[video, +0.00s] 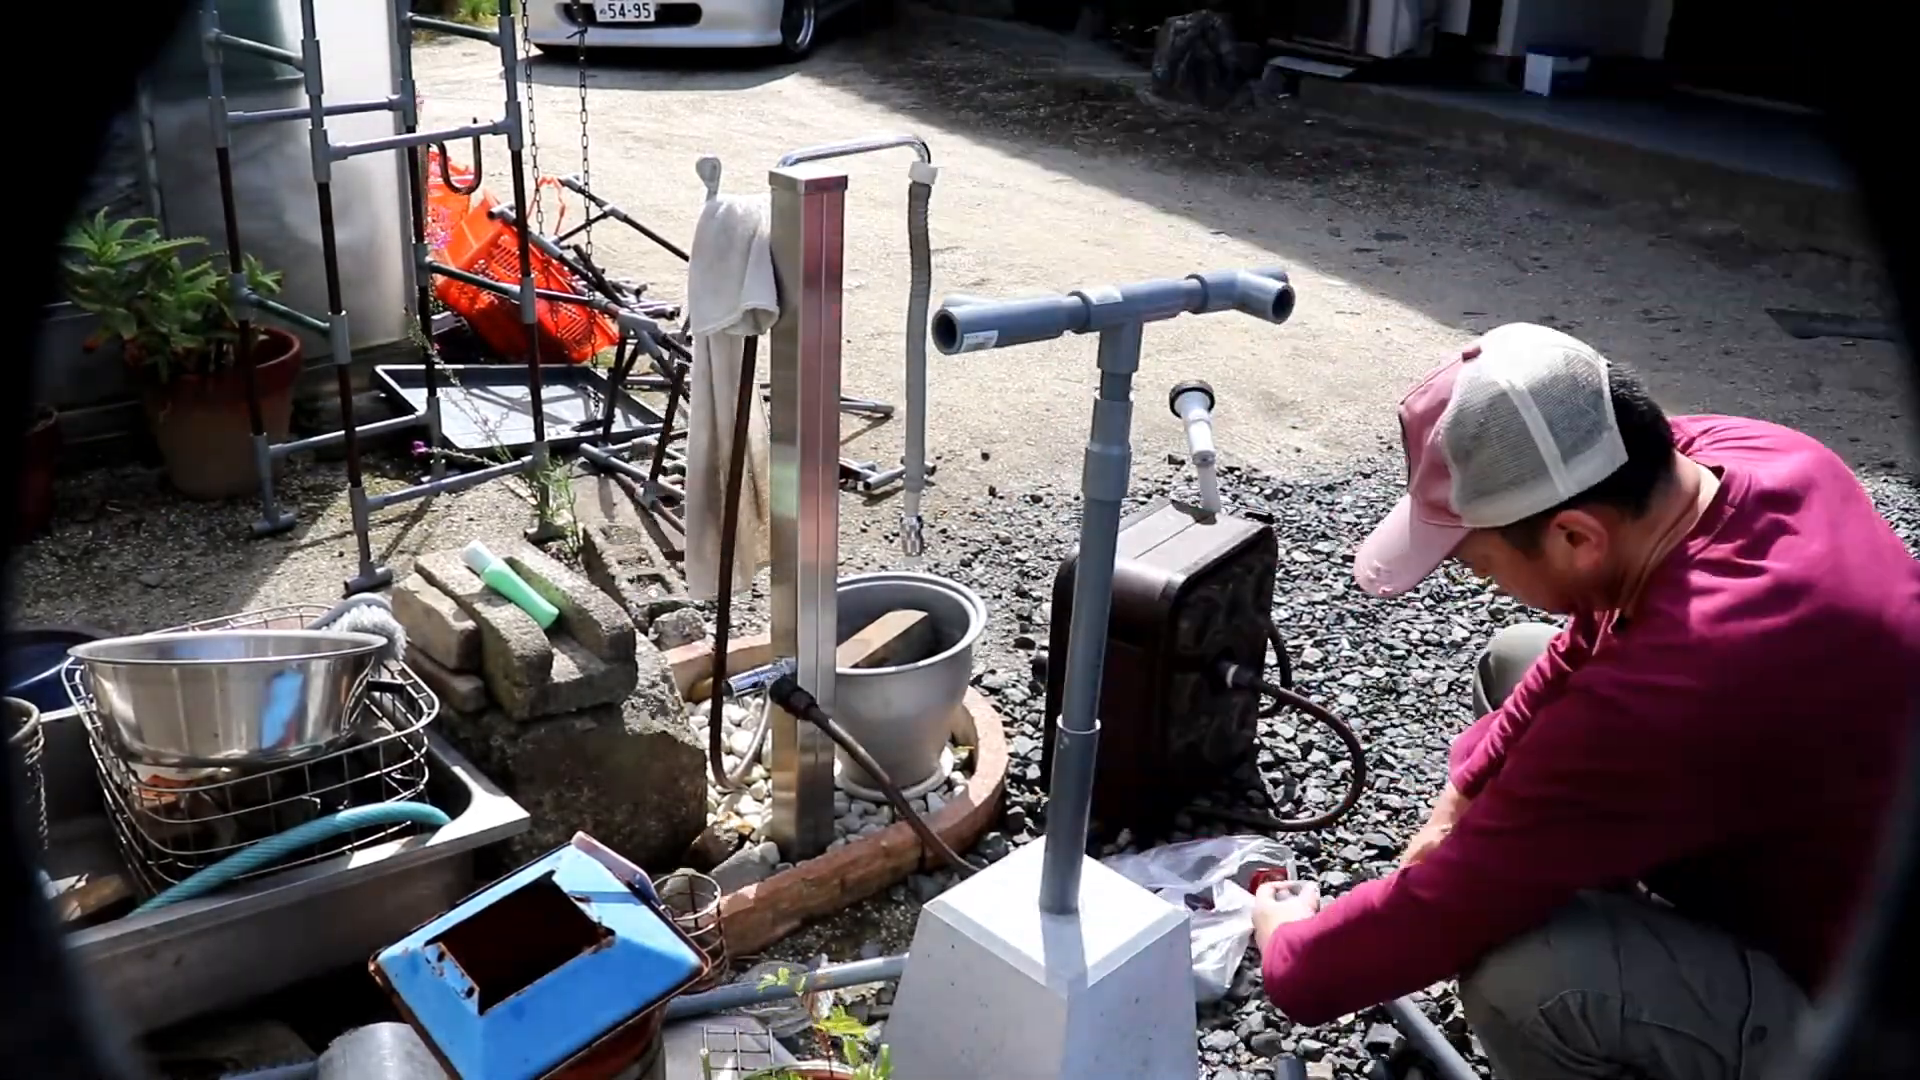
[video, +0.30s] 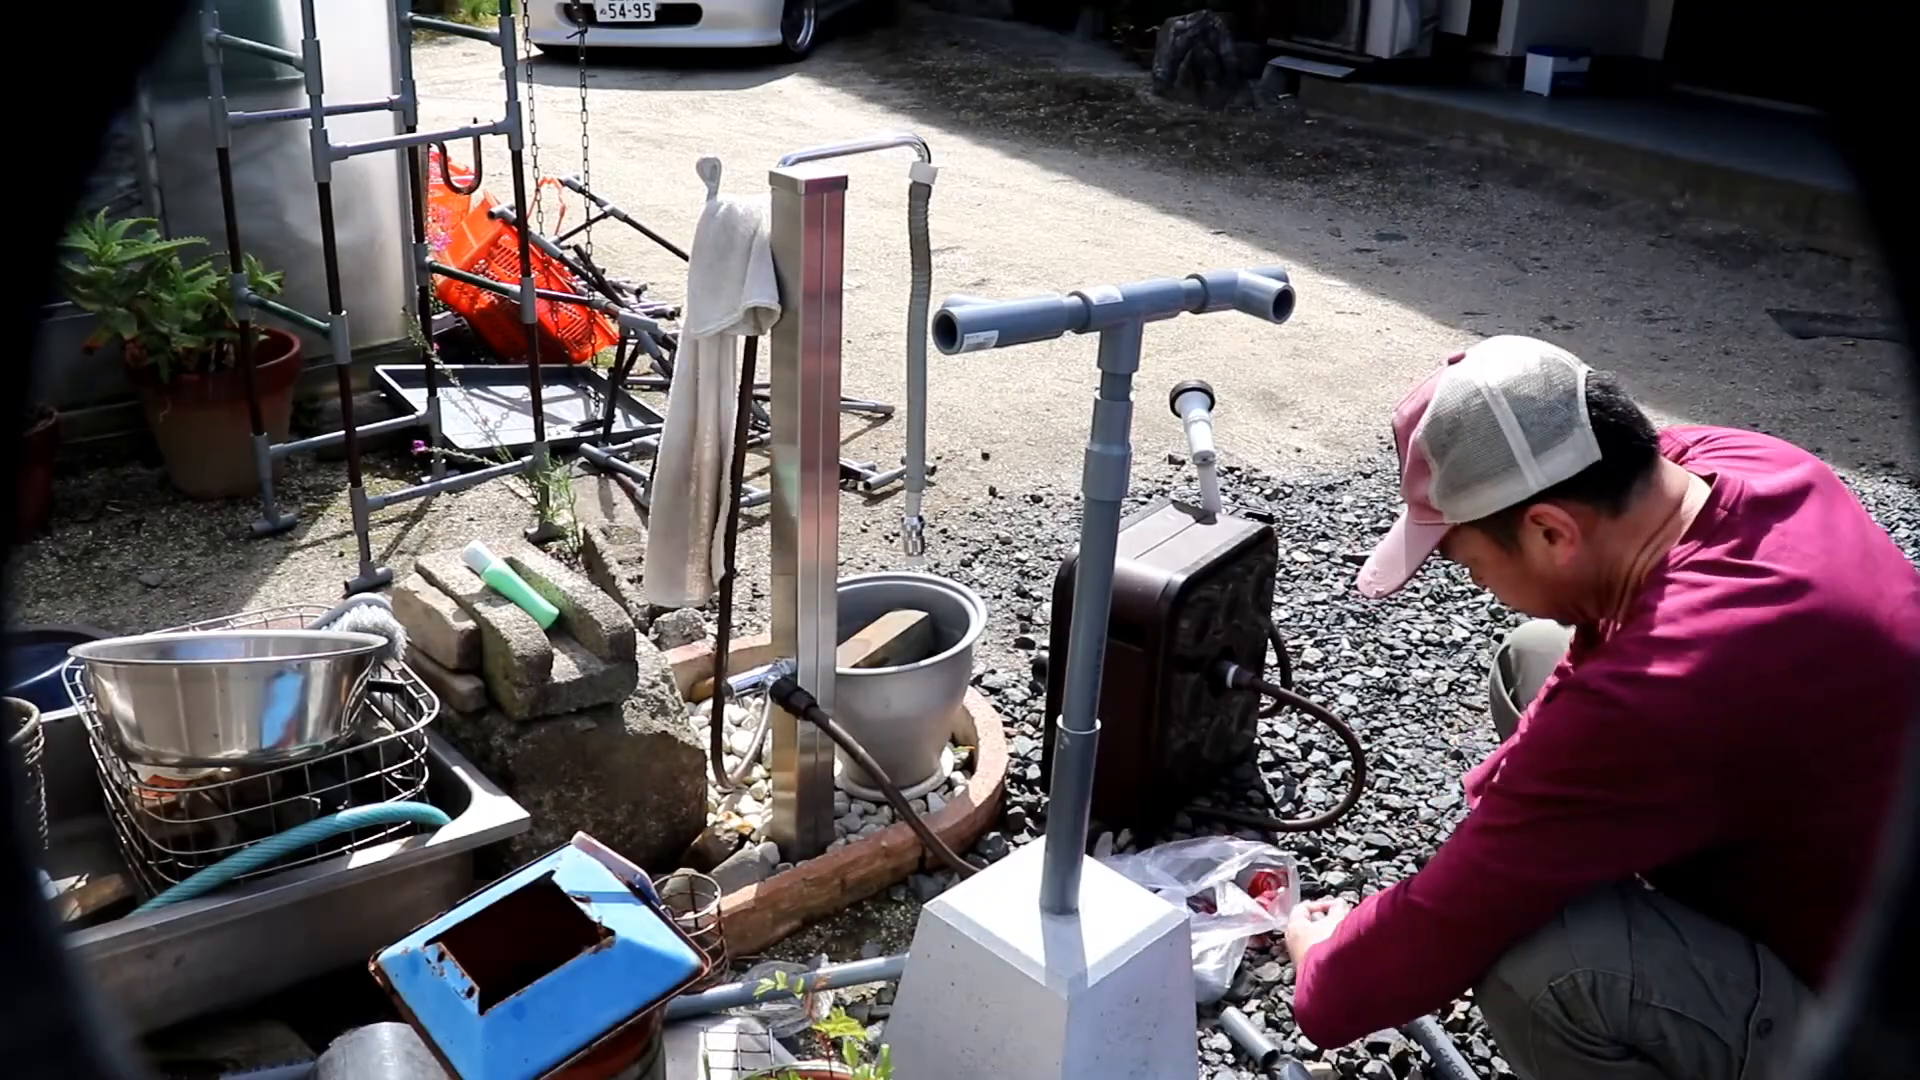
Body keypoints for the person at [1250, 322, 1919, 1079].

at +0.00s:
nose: (1482, 573)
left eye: (1482, 552)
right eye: (1470, 555)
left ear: (1578, 537)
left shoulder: (1662, 694)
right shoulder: (1740, 451)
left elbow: (1456, 901)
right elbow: (1590, 645)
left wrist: (1285, 936)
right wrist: (1455, 809)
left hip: (1860, 1001)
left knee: (1521, 974)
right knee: (1516, 657)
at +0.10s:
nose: (1485, 580)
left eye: (1484, 561)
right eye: (1472, 562)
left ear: (1575, 543)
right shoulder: (1730, 456)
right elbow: (1588, 641)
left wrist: (1340, 963)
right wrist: (1459, 820)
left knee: (1550, 987)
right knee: (1522, 661)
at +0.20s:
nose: (1452, 575)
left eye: (1441, 553)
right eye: (1434, 557)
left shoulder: (1633, 657)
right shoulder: (1696, 451)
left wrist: (1351, 968)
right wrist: (1454, 766)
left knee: (1531, 968)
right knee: (1521, 657)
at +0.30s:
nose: (1483, 585)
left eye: (1474, 562)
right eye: (1463, 566)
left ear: (1553, 533)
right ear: (1622, 442)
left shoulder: (1650, 692)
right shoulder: (1740, 460)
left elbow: (1455, 909)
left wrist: (1321, 952)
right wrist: (1514, 768)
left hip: (1866, 1016)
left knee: (1537, 961)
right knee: (1532, 660)